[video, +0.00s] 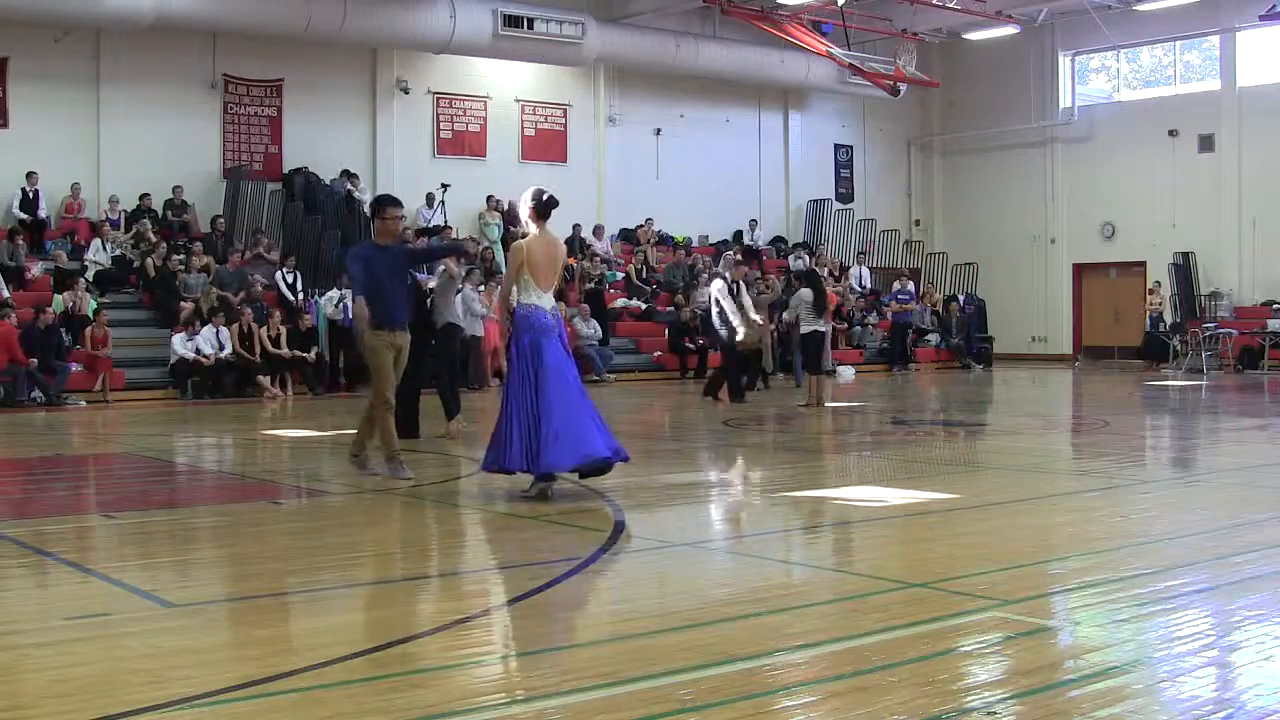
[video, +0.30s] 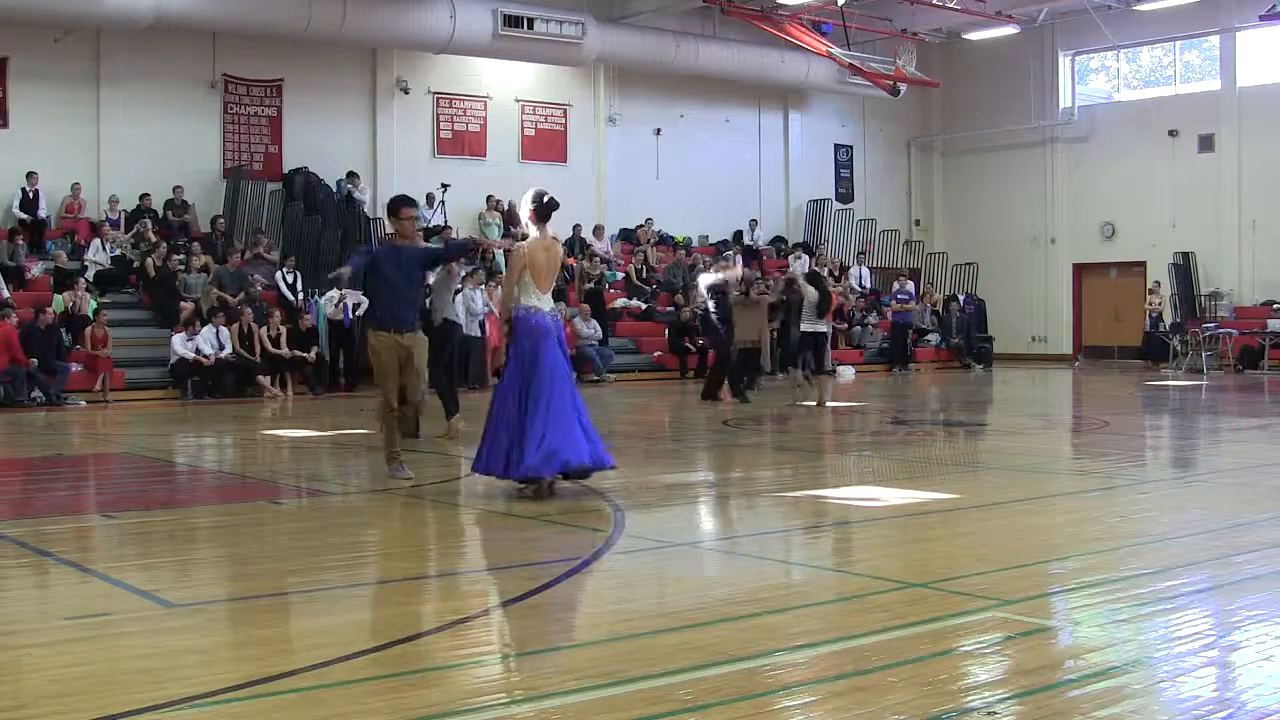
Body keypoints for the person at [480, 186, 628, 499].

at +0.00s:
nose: (519, 211)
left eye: (521, 206)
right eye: (521, 206)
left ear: (530, 211)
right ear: (546, 211)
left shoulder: (521, 247)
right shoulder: (560, 246)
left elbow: (506, 290)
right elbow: (554, 287)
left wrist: (505, 316)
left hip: (529, 321)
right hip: (552, 320)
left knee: (535, 393)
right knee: (553, 389)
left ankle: (543, 467)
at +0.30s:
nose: (522, 212)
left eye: (524, 208)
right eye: (525, 207)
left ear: (529, 212)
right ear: (549, 212)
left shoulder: (522, 249)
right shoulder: (557, 248)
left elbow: (509, 290)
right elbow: (548, 285)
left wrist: (503, 317)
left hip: (527, 322)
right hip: (551, 322)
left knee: (528, 393)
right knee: (549, 392)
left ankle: (533, 464)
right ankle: (547, 459)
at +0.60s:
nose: (512, 217)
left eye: (515, 212)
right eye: (514, 212)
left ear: (523, 217)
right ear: (540, 218)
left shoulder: (520, 250)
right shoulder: (547, 251)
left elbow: (499, 282)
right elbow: (532, 284)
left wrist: (479, 286)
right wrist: (499, 283)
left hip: (519, 326)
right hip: (541, 325)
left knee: (509, 394)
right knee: (544, 394)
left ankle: (504, 466)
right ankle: (550, 463)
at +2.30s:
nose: (491, 213)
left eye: (493, 209)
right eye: (493, 209)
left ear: (500, 216)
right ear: (517, 217)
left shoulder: (496, 248)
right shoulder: (524, 247)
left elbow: (457, 223)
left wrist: (434, 184)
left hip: (492, 322)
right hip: (514, 320)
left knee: (492, 392)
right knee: (509, 390)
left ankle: (496, 464)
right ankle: (508, 459)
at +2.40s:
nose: (489, 213)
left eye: (492, 209)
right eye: (492, 209)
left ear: (500, 215)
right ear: (517, 217)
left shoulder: (498, 248)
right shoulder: (522, 247)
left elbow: (458, 223)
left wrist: (437, 183)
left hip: (492, 322)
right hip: (513, 320)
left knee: (492, 391)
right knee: (508, 390)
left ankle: (495, 460)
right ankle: (507, 457)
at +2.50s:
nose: (490, 214)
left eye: (493, 209)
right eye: (492, 209)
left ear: (500, 216)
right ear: (517, 217)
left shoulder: (497, 248)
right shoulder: (523, 247)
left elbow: (459, 222)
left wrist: (441, 183)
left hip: (491, 323)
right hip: (512, 322)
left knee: (491, 393)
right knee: (507, 391)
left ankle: (494, 463)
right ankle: (505, 462)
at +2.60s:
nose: (490, 212)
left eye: (494, 209)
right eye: (493, 208)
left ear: (501, 218)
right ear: (517, 219)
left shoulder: (495, 248)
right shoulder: (523, 248)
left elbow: (460, 219)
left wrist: (442, 185)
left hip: (490, 323)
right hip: (512, 322)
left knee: (490, 391)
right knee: (507, 390)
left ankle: (496, 458)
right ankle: (505, 458)